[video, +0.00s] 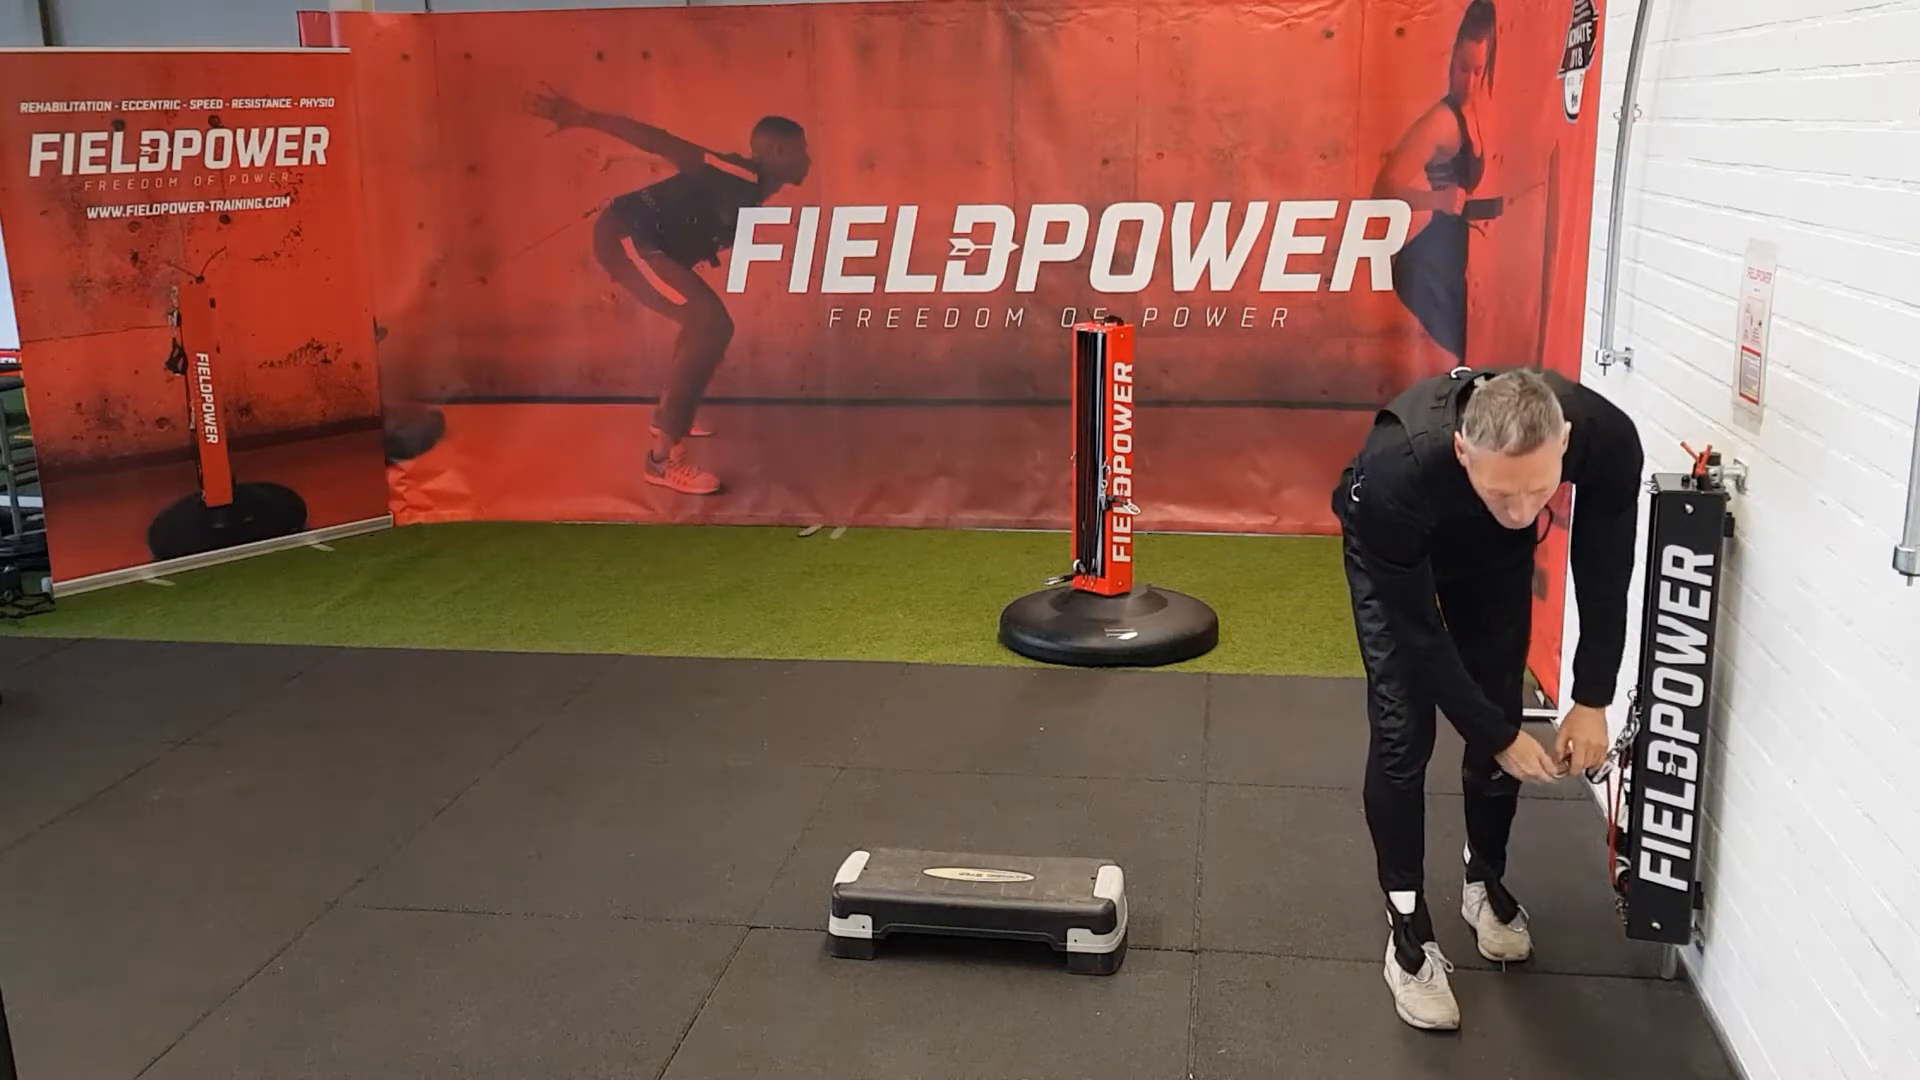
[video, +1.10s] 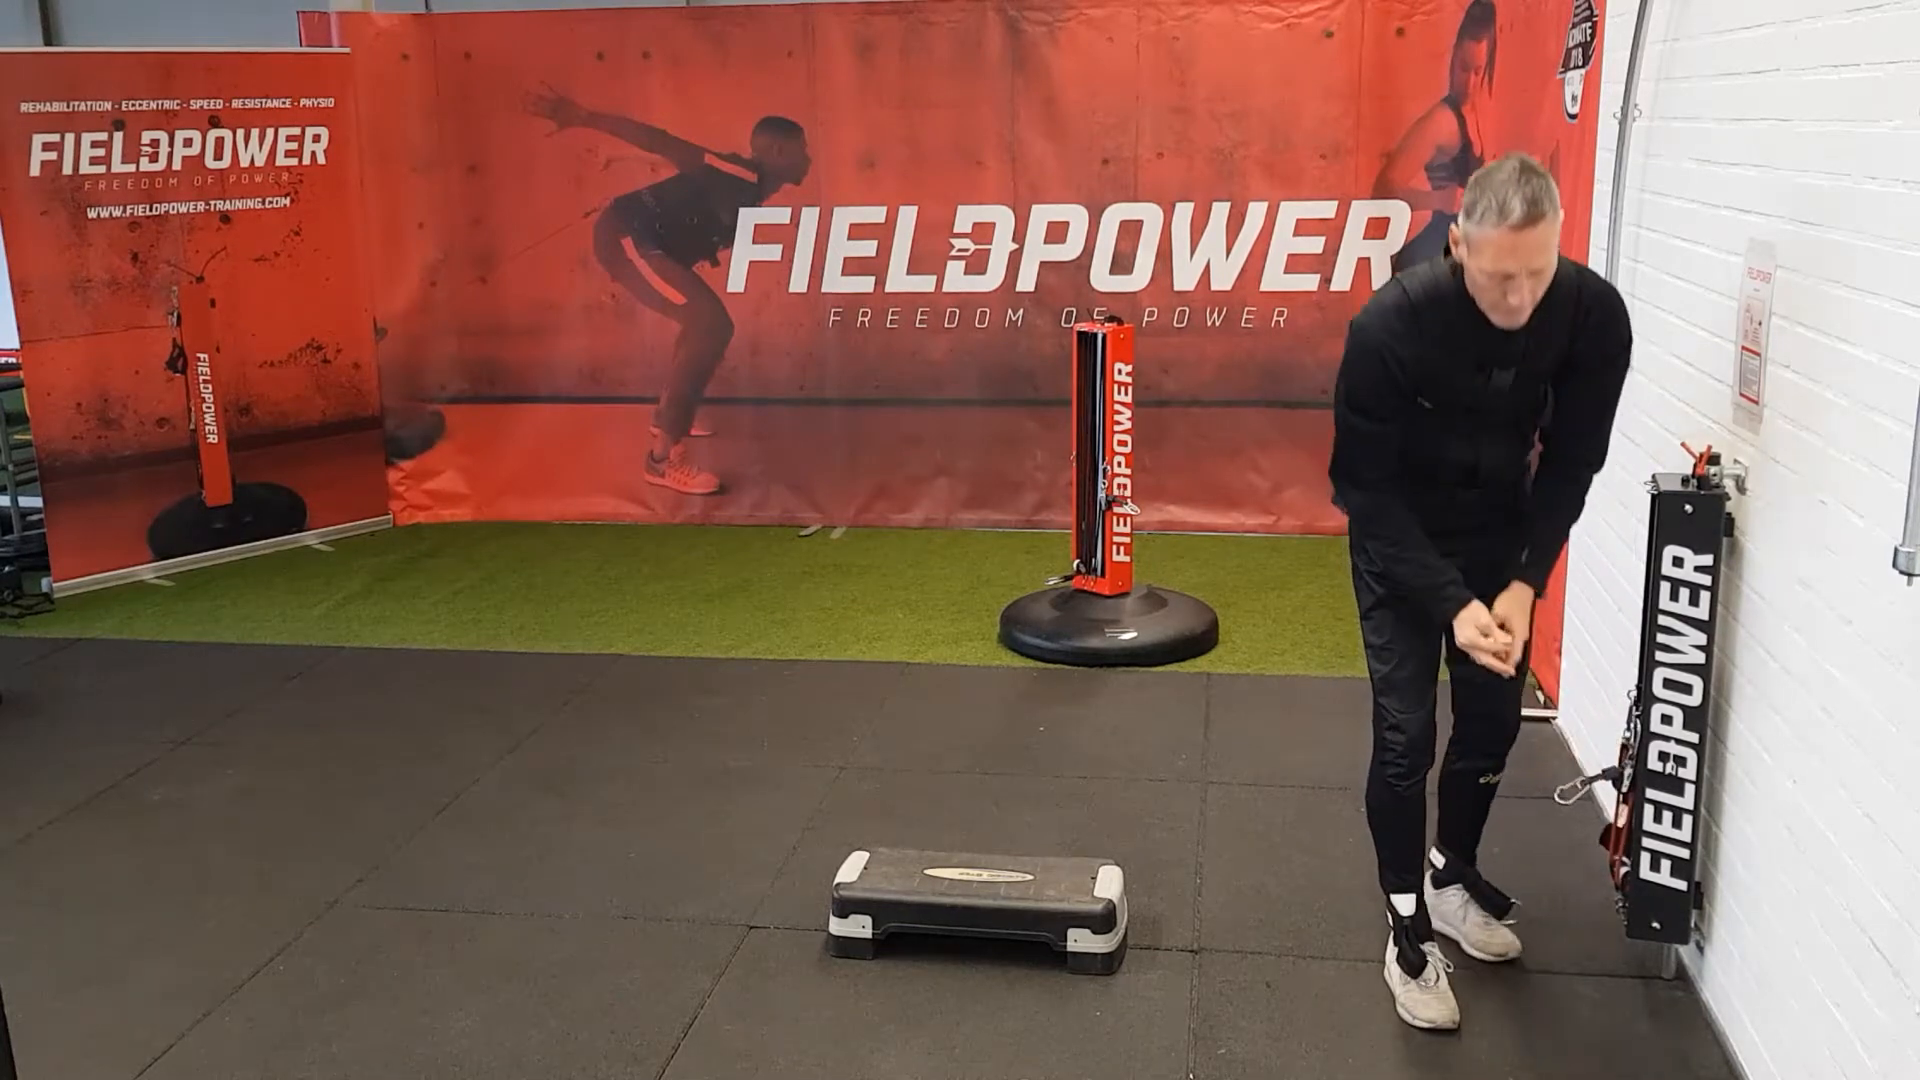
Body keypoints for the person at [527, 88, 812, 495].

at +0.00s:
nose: (808, 158)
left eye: (805, 149)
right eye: (801, 150)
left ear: (773, 151)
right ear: (773, 151)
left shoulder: (746, 186)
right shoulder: (735, 179)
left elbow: (660, 142)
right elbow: (658, 141)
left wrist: (583, 116)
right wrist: (583, 117)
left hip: (641, 235)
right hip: (627, 234)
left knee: (709, 322)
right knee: (713, 326)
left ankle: (670, 413)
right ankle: (663, 457)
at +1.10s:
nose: (808, 158)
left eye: (805, 149)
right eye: (801, 149)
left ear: (774, 151)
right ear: (774, 150)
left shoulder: (746, 186)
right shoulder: (734, 179)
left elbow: (660, 142)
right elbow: (658, 141)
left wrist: (583, 116)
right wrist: (583, 117)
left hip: (641, 235)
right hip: (627, 233)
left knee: (709, 322)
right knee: (713, 326)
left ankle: (670, 413)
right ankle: (664, 457)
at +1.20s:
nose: (807, 159)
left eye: (805, 150)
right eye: (801, 149)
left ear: (773, 151)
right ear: (772, 150)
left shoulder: (749, 190)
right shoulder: (735, 179)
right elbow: (661, 142)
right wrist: (582, 117)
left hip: (643, 236)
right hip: (626, 234)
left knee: (709, 322)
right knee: (712, 326)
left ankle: (670, 414)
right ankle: (665, 457)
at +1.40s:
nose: (807, 159)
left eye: (804, 150)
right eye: (800, 150)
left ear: (774, 151)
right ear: (772, 150)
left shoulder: (750, 191)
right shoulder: (736, 177)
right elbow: (661, 143)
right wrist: (582, 117)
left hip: (643, 236)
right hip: (627, 234)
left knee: (708, 322)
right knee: (713, 325)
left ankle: (670, 414)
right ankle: (665, 457)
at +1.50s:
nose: (807, 159)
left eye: (804, 150)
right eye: (801, 150)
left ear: (773, 151)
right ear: (772, 150)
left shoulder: (749, 189)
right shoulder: (737, 178)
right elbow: (662, 143)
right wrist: (582, 117)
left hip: (642, 237)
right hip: (627, 235)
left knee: (710, 322)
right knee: (712, 325)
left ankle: (670, 413)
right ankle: (665, 458)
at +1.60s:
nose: (807, 159)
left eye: (804, 150)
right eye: (800, 150)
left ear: (774, 151)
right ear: (772, 150)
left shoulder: (750, 190)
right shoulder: (736, 177)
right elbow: (661, 143)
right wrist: (582, 117)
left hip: (643, 236)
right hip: (627, 234)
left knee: (708, 322)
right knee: (713, 325)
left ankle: (670, 414)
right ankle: (665, 457)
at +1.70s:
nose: (807, 159)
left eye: (804, 150)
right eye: (800, 150)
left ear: (774, 152)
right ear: (772, 150)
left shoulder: (749, 191)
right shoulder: (735, 178)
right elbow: (661, 142)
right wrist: (582, 117)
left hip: (644, 236)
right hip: (627, 233)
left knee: (709, 322)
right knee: (712, 325)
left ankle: (670, 414)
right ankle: (665, 457)